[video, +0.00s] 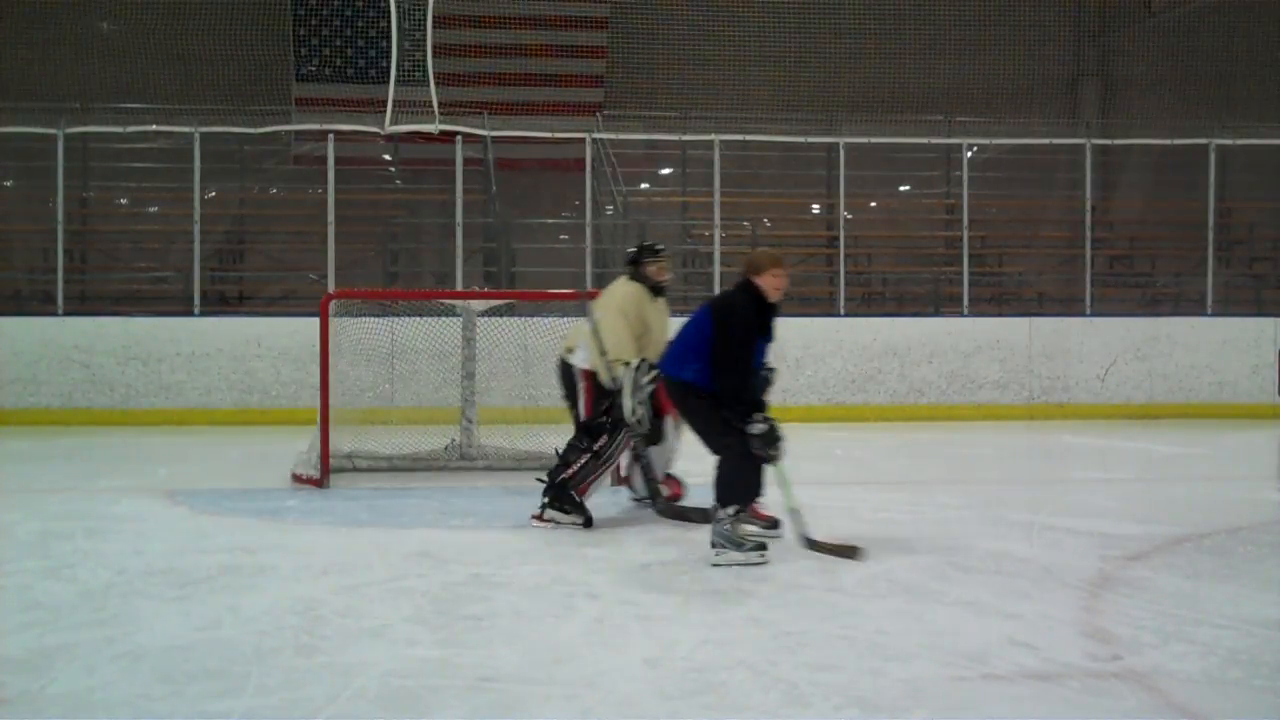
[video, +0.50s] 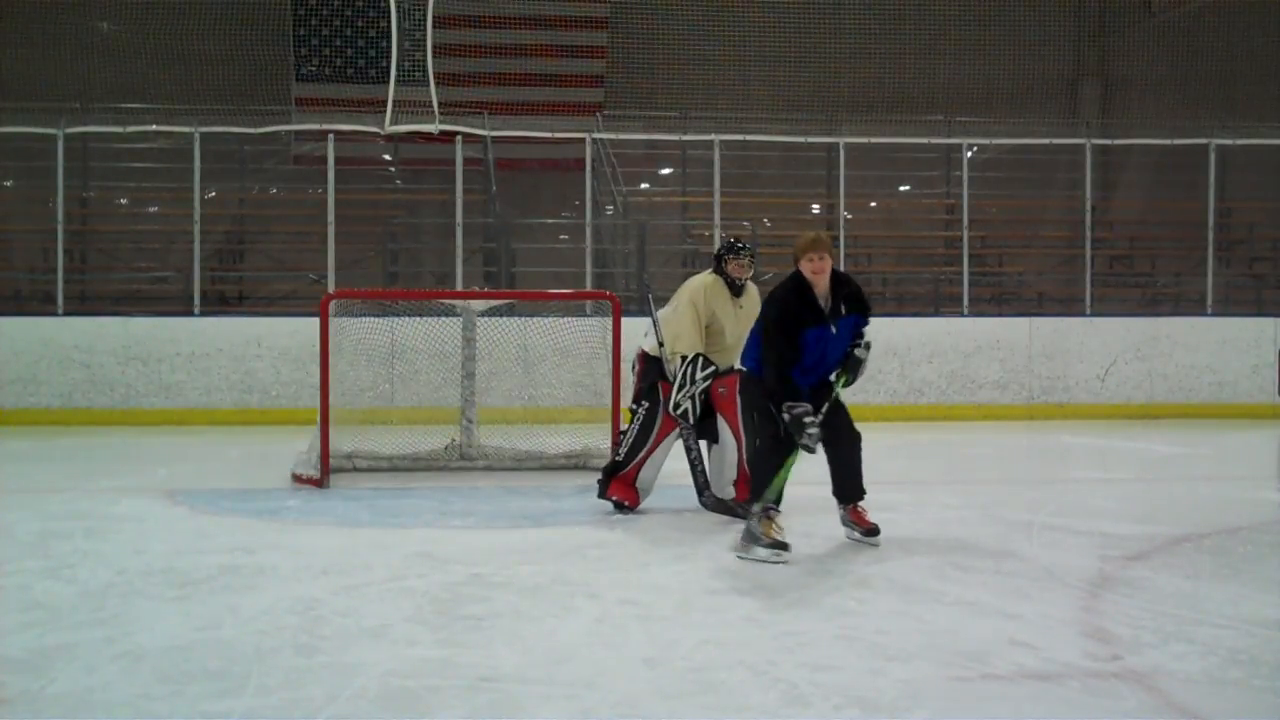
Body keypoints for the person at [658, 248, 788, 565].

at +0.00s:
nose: (782, 284)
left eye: (784, 278)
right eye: (775, 278)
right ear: (756, 278)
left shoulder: (758, 309)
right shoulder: (738, 308)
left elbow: (749, 366)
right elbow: (731, 371)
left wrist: (756, 410)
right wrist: (753, 420)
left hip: (711, 379)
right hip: (685, 379)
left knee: (749, 439)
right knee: (734, 444)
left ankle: (743, 508)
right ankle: (726, 520)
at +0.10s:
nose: (804, 285)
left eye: (805, 278)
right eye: (796, 279)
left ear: (805, 281)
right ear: (777, 280)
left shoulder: (781, 310)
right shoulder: (759, 310)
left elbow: (774, 364)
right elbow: (755, 379)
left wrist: (779, 380)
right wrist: (782, 425)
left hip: (737, 380)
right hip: (708, 381)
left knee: (776, 440)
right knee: (756, 448)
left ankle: (774, 508)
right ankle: (736, 524)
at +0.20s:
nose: (819, 285)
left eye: (822, 279)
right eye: (811, 279)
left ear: (824, 282)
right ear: (792, 281)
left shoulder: (802, 312)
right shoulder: (775, 310)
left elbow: (793, 368)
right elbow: (772, 380)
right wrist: (801, 425)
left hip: (761, 380)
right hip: (728, 380)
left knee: (799, 441)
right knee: (774, 450)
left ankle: (809, 508)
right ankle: (747, 525)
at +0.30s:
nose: (825, 281)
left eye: (829, 275)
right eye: (817, 275)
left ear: (833, 278)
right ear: (800, 278)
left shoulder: (821, 309)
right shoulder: (783, 309)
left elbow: (813, 348)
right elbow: (780, 377)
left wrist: (819, 371)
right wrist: (807, 424)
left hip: (784, 382)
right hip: (746, 382)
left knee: (816, 439)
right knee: (786, 452)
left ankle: (829, 511)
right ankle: (756, 524)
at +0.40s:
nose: (824, 273)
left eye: (829, 266)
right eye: (816, 268)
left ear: (835, 269)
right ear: (802, 272)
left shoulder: (839, 301)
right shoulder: (786, 304)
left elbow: (836, 340)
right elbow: (781, 367)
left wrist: (840, 363)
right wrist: (803, 417)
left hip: (802, 386)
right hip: (758, 385)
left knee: (837, 441)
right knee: (781, 448)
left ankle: (844, 509)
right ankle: (758, 524)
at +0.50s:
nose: (818, 265)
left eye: (823, 258)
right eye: (810, 260)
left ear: (832, 260)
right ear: (798, 264)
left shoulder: (845, 289)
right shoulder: (783, 299)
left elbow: (858, 325)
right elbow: (776, 362)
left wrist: (856, 356)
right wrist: (793, 408)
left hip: (812, 380)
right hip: (765, 382)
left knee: (845, 436)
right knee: (773, 444)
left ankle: (851, 509)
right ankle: (760, 522)